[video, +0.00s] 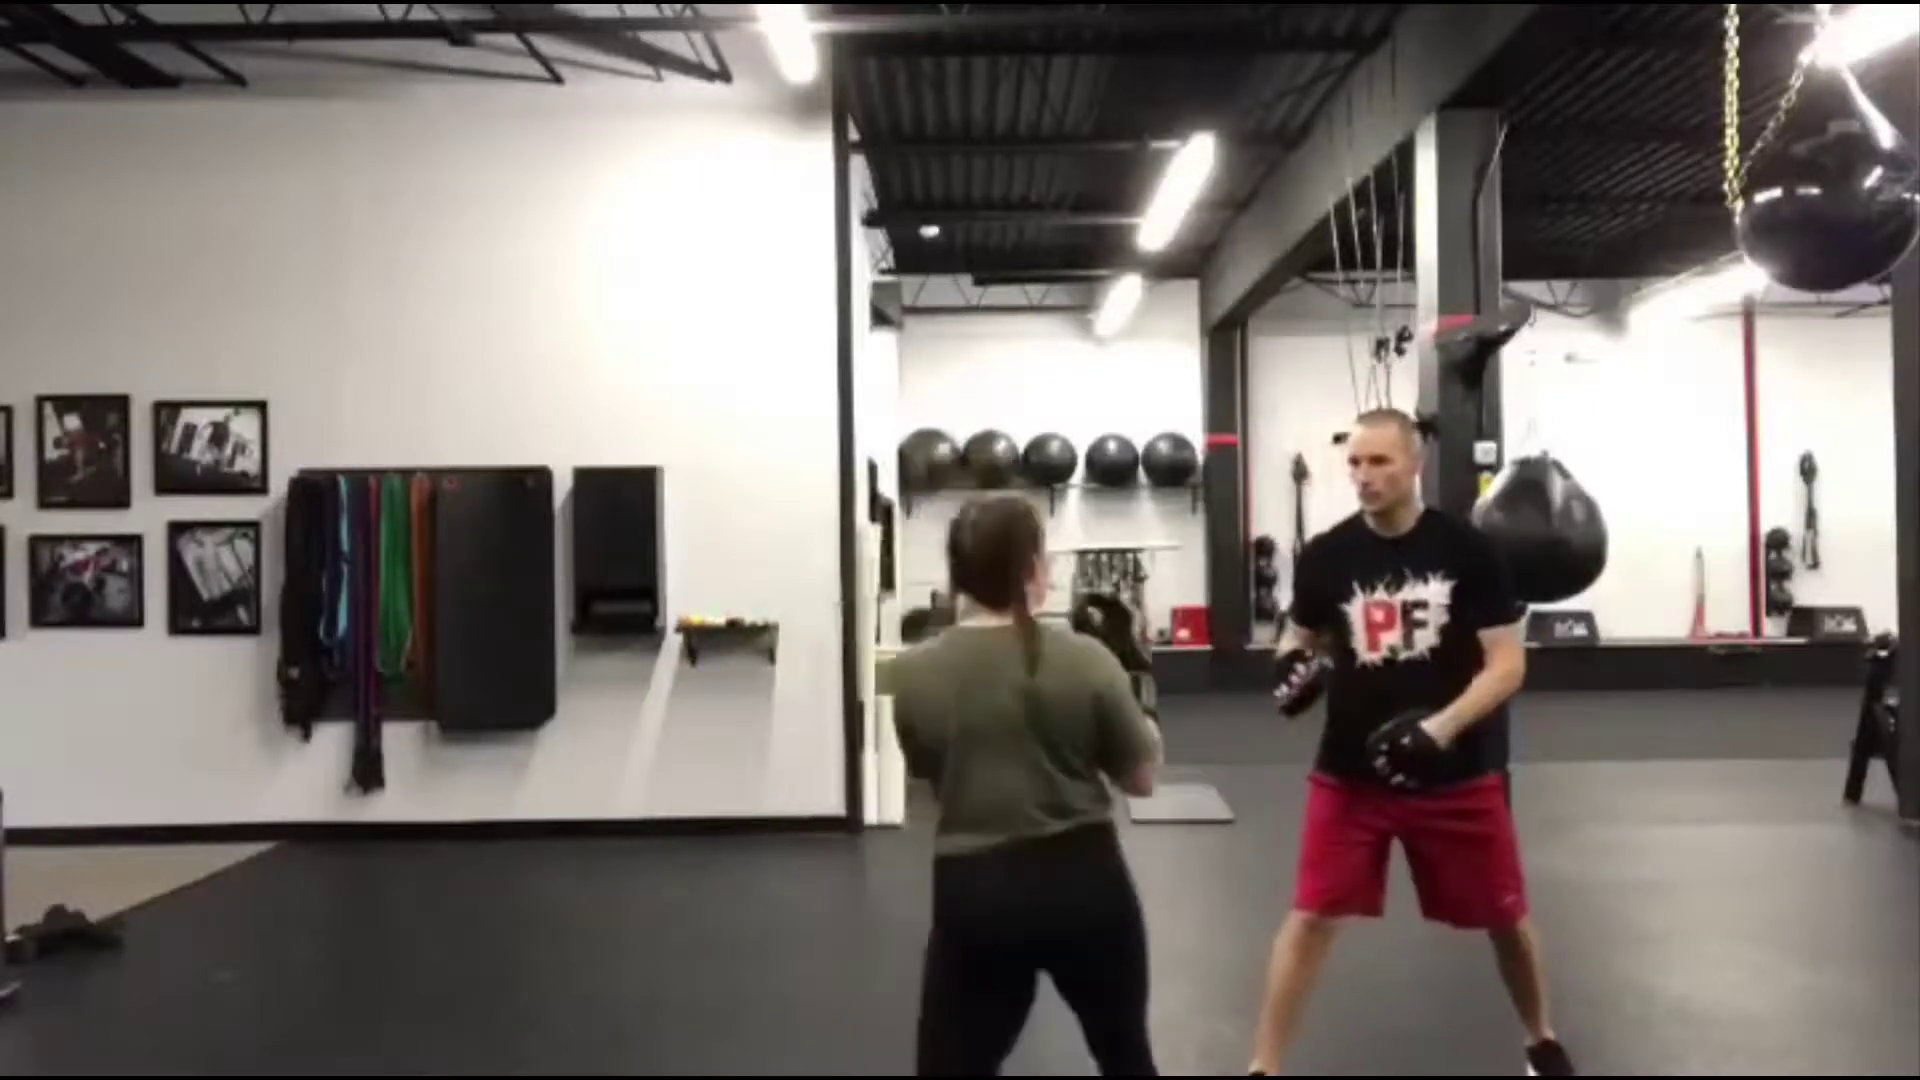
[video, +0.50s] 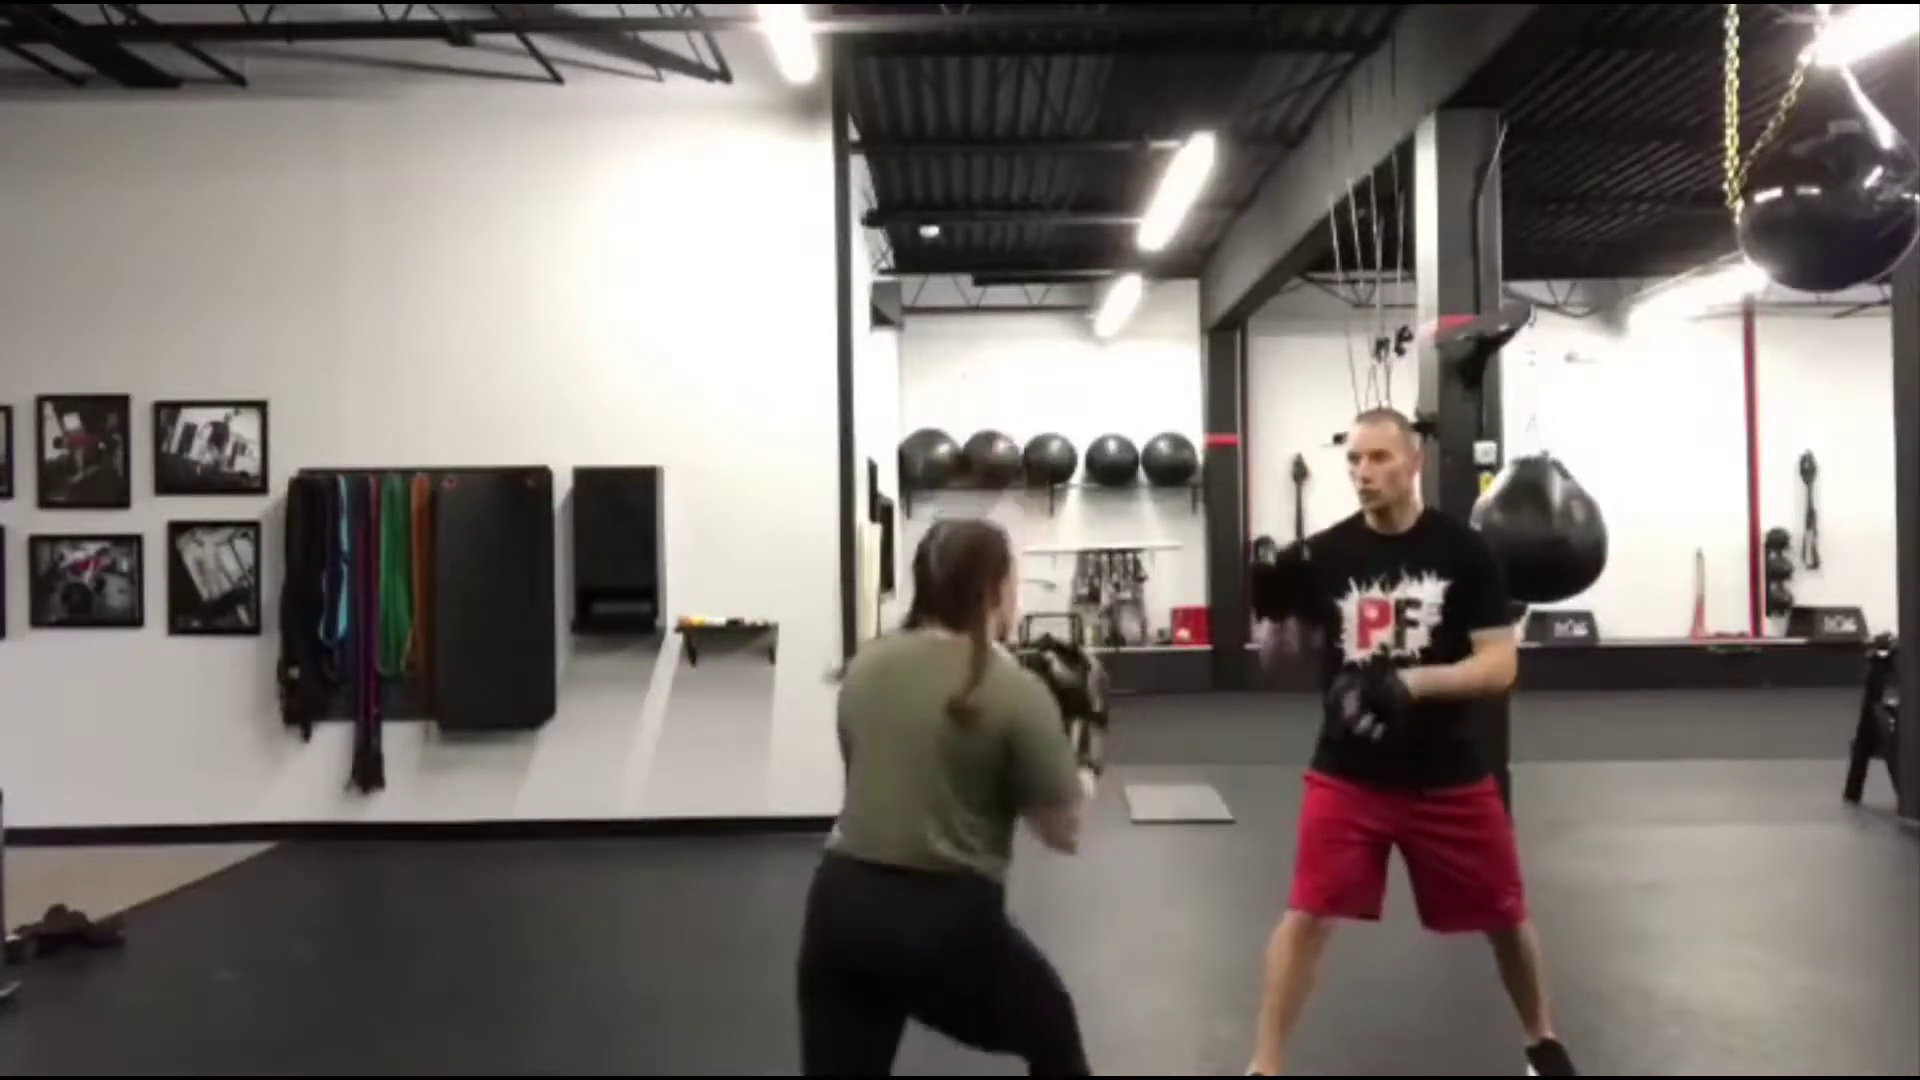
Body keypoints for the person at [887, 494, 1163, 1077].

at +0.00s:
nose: (1050, 565)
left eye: (1045, 552)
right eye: (1045, 553)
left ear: (957, 568)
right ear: (1033, 567)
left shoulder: (916, 672)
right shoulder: (1085, 660)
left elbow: (933, 777)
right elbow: (1140, 776)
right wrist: (1125, 701)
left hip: (975, 894)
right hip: (1085, 883)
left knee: (953, 1065)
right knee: (1126, 1059)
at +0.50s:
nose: (1017, 593)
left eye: (1015, 578)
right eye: (1013, 579)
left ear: (925, 583)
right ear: (994, 589)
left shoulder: (866, 664)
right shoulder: (1018, 691)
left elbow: (859, 770)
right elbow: (1063, 829)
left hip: (843, 909)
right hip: (949, 922)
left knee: (837, 1068)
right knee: (1052, 1038)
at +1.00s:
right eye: (1072, 541)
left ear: (998, 559)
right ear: (1075, 553)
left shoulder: (974, 659)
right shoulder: (1130, 627)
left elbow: (966, 771)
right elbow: (1219, 643)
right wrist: (1196, 605)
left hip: (1032, 878)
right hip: (1137, 862)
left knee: (980, 1059)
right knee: (1147, 1027)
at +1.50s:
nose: (1068, 550)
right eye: (1065, 538)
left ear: (981, 542)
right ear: (1062, 550)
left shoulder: (924, 636)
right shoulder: (1096, 655)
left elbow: (907, 735)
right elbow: (1116, 790)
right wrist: (1049, 732)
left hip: (924, 886)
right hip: (1036, 892)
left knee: (911, 1062)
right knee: (1099, 1001)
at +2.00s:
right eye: (1135, 503)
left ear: (1056, 517)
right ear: (1134, 515)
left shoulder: (1013, 617)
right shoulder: (1178, 614)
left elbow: (1001, 725)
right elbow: (1219, 728)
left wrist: (1071, 733)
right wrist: (1147, 721)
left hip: (1053, 853)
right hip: (1161, 849)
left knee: (999, 1043)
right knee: (1182, 1025)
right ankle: (1217, 1070)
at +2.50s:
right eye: (1103, 519)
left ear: (1021, 525)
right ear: (1099, 528)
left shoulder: (972, 619)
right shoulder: (1139, 624)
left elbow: (947, 708)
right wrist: (1235, 630)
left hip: (999, 862)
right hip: (1109, 862)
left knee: (978, 1057)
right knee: (1155, 1034)